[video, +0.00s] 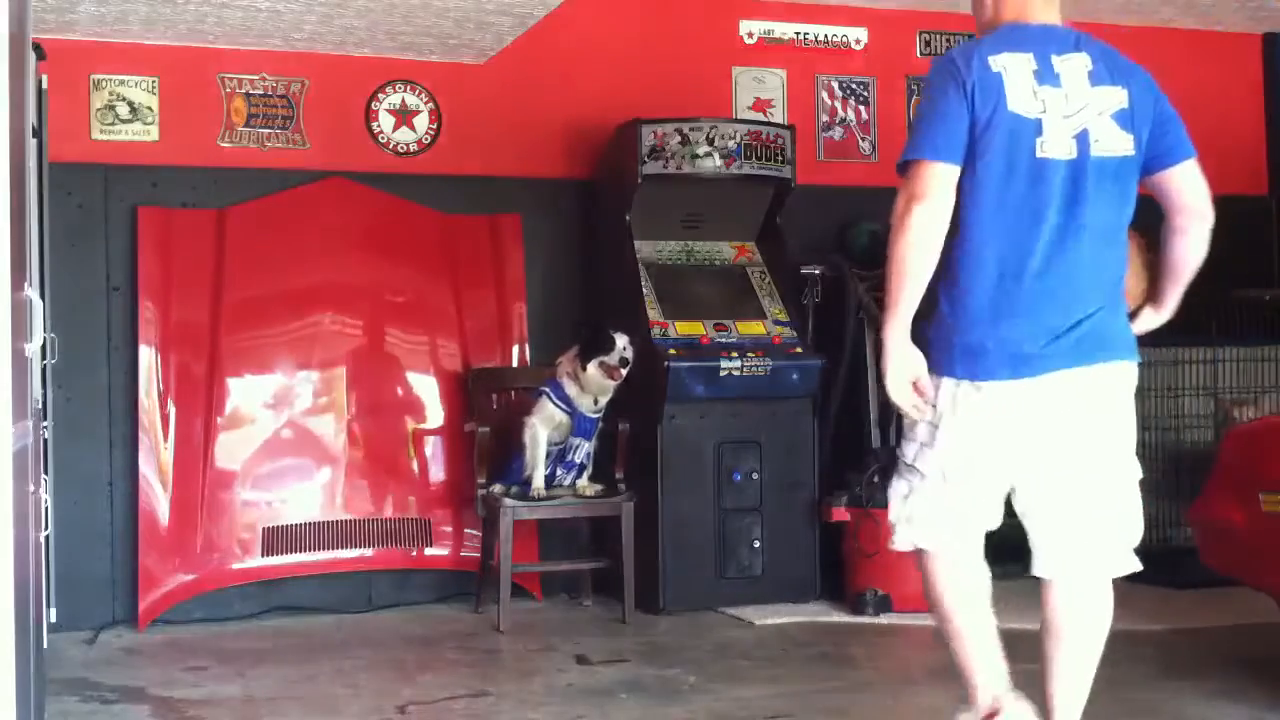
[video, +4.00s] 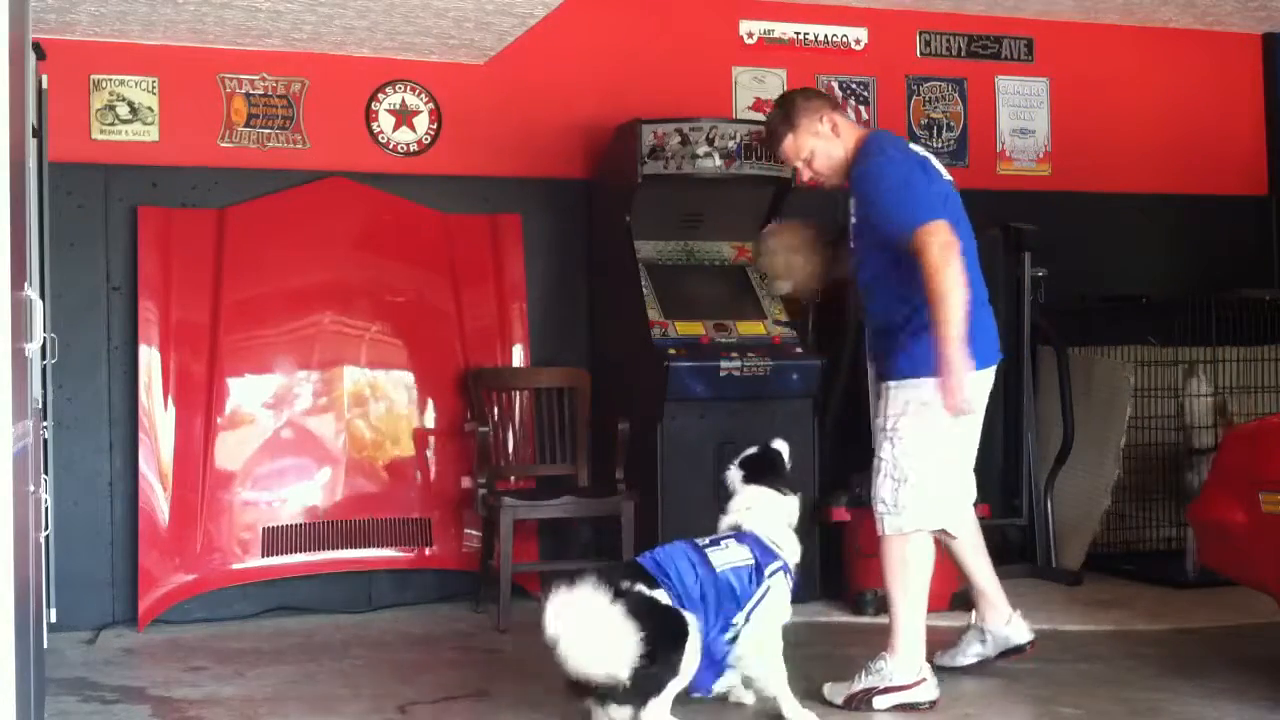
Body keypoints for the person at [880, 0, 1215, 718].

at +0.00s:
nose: (970, 9)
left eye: (972, 5)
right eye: (973, 7)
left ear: (989, 4)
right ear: (1059, 3)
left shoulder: (965, 68)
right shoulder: (1129, 78)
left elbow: (925, 201)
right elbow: (1193, 209)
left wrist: (896, 330)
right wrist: (1165, 299)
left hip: (978, 366)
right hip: (1096, 363)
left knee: (944, 532)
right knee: (1082, 556)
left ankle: (992, 698)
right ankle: (1065, 710)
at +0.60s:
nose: (864, 55)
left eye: (863, 41)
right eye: (866, 41)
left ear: (876, 37)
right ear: (943, 34)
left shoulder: (859, 119)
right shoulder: (1009, 109)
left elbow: (821, 244)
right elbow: (1072, 230)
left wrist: (793, 345)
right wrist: (1061, 312)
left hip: (892, 369)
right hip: (989, 361)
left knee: (904, 538)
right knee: (983, 516)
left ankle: (925, 703)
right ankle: (1015, 654)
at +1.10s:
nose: (843, 81)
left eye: (843, 71)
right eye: (846, 71)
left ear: (851, 66)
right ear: (914, 65)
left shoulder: (840, 135)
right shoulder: (969, 138)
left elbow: (805, 259)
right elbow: (994, 256)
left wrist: (809, 296)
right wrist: (937, 298)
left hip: (864, 363)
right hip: (944, 357)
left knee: (867, 523)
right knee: (933, 524)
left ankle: (921, 686)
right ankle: (902, 674)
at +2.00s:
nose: (753, 148)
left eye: (750, 137)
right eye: (748, 139)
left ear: (764, 118)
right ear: (817, 111)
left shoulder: (782, 159)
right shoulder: (880, 157)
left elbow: (775, 269)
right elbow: (898, 262)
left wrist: (762, 374)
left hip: (847, 367)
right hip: (928, 358)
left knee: (827, 520)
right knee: (912, 514)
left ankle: (843, 675)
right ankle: (931, 663)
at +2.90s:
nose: (825, 163)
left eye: (819, 148)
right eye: (818, 152)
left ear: (840, 123)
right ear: (862, 117)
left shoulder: (891, 160)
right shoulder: (935, 162)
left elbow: (898, 249)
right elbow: (945, 279)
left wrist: (796, 259)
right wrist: (873, 324)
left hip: (930, 357)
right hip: (992, 351)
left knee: (888, 503)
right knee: (980, 503)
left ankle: (899, 658)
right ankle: (982, 650)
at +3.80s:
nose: (792, 179)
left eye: (787, 163)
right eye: (783, 171)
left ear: (813, 125)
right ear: (819, 124)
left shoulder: (862, 166)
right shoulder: (882, 153)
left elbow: (889, 256)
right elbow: (905, 257)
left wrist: (836, 351)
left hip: (918, 357)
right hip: (953, 350)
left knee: (895, 507)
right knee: (943, 498)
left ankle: (905, 663)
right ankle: (990, 630)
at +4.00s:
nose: (804, 177)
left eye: (802, 159)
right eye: (796, 169)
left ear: (832, 123)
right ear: (836, 124)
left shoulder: (883, 164)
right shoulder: (882, 162)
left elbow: (938, 245)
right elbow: (885, 255)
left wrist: (953, 355)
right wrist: (819, 265)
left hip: (923, 363)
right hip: (940, 358)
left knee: (902, 507)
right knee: (945, 497)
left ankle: (906, 664)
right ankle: (999, 618)